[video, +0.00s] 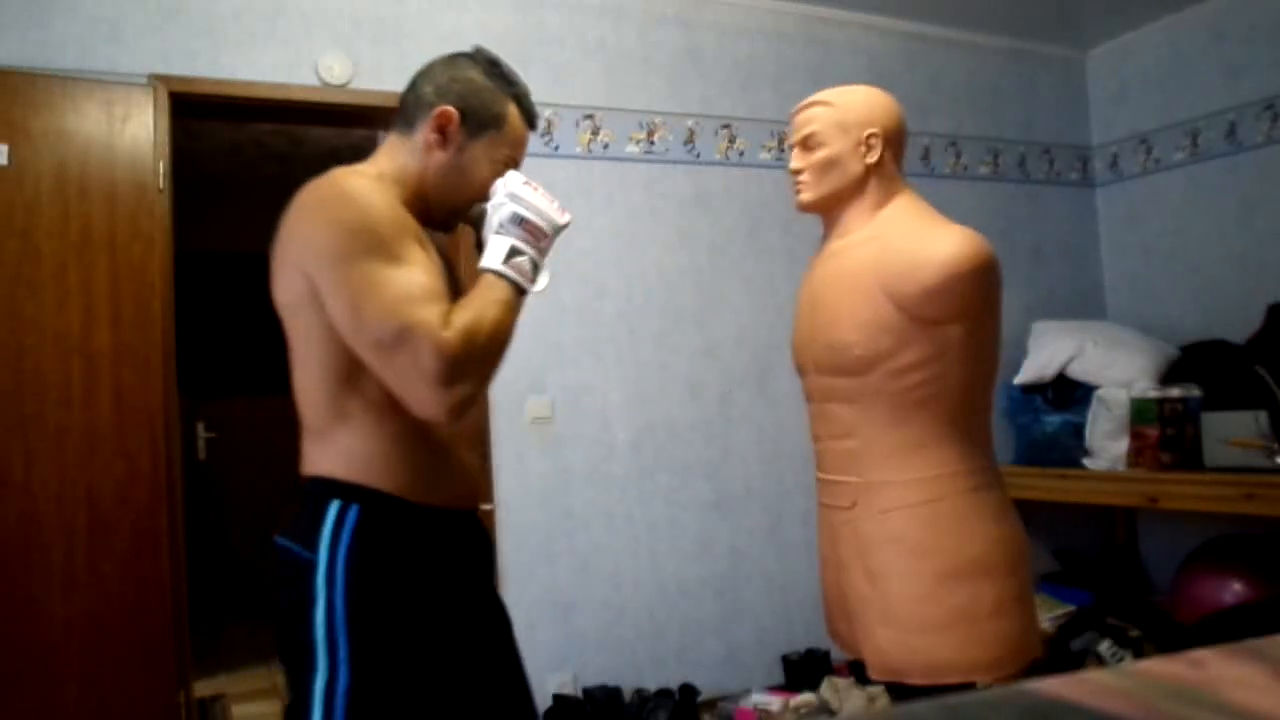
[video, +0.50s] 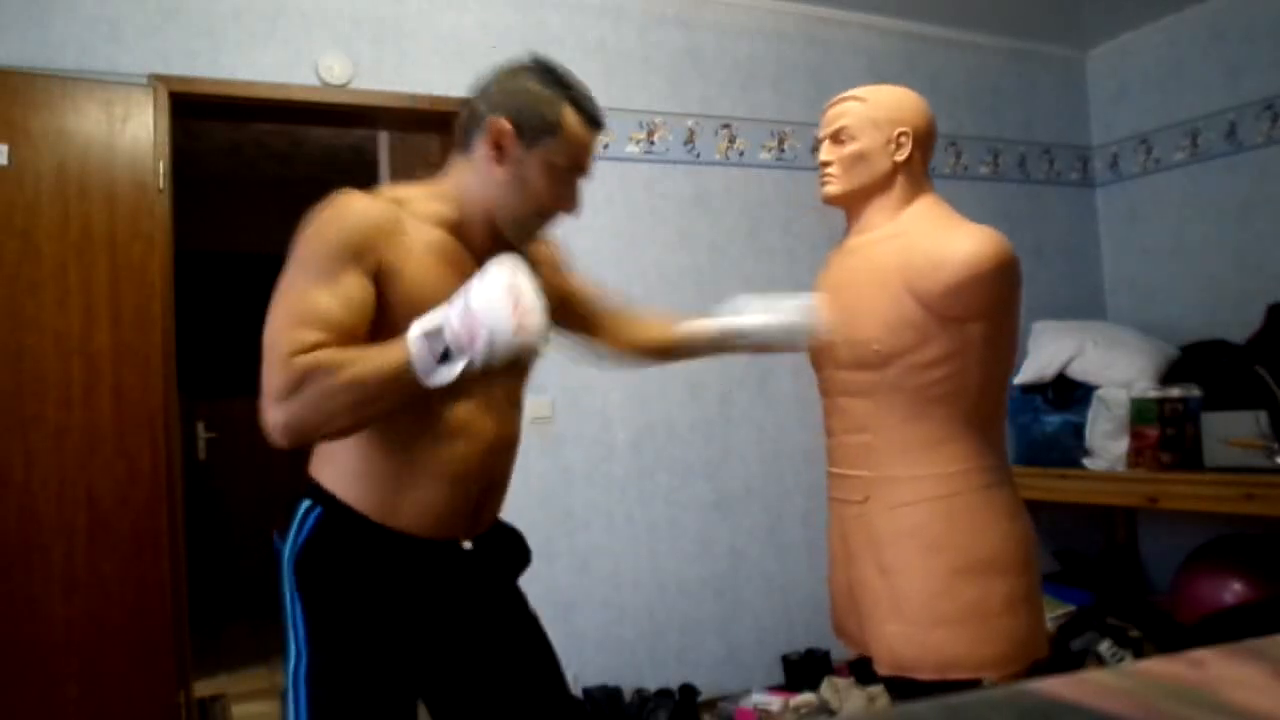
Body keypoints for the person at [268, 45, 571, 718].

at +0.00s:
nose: (499, 190)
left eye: (509, 173)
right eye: (501, 167)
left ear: (441, 134)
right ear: (444, 132)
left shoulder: (447, 233)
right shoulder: (342, 207)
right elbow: (440, 385)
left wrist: (508, 257)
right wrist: (515, 257)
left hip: (447, 544)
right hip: (366, 548)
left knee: (496, 716)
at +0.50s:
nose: (571, 199)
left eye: (579, 179)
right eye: (566, 173)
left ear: (504, 150)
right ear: (500, 145)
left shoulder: (522, 261)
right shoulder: (356, 225)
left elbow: (624, 331)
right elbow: (288, 407)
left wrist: (741, 329)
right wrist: (446, 338)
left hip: (468, 574)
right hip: (353, 573)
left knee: (545, 717)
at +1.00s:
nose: (576, 212)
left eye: (582, 193)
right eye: (575, 185)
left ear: (524, 160)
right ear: (527, 158)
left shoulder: (445, 220)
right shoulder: (475, 222)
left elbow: (445, 387)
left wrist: (537, 389)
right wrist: (590, 433)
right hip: (438, 522)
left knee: (521, 706)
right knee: (474, 708)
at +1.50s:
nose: (410, 136)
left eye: (415, 115)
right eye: (397, 105)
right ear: (325, 84)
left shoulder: (365, 224)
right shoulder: (211, 174)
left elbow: (337, 370)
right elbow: (88, 331)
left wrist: (378, 430)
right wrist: (260, 415)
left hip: (346, 510)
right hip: (237, 508)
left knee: (398, 706)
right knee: (235, 711)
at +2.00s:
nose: (283, 137)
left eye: (290, 117)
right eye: (263, 108)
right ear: (182, 90)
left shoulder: (291, 233)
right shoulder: (43, 204)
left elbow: (316, 377)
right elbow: (4, 382)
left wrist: (329, 373)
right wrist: (138, 372)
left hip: (247, 551)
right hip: (99, 552)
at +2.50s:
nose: (303, 202)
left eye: (308, 181)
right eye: (286, 170)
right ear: (208, 142)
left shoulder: (261, 283)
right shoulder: (73, 250)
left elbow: (325, 409)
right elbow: (66, 438)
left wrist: (385, 321)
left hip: (219, 596)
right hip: (82, 600)